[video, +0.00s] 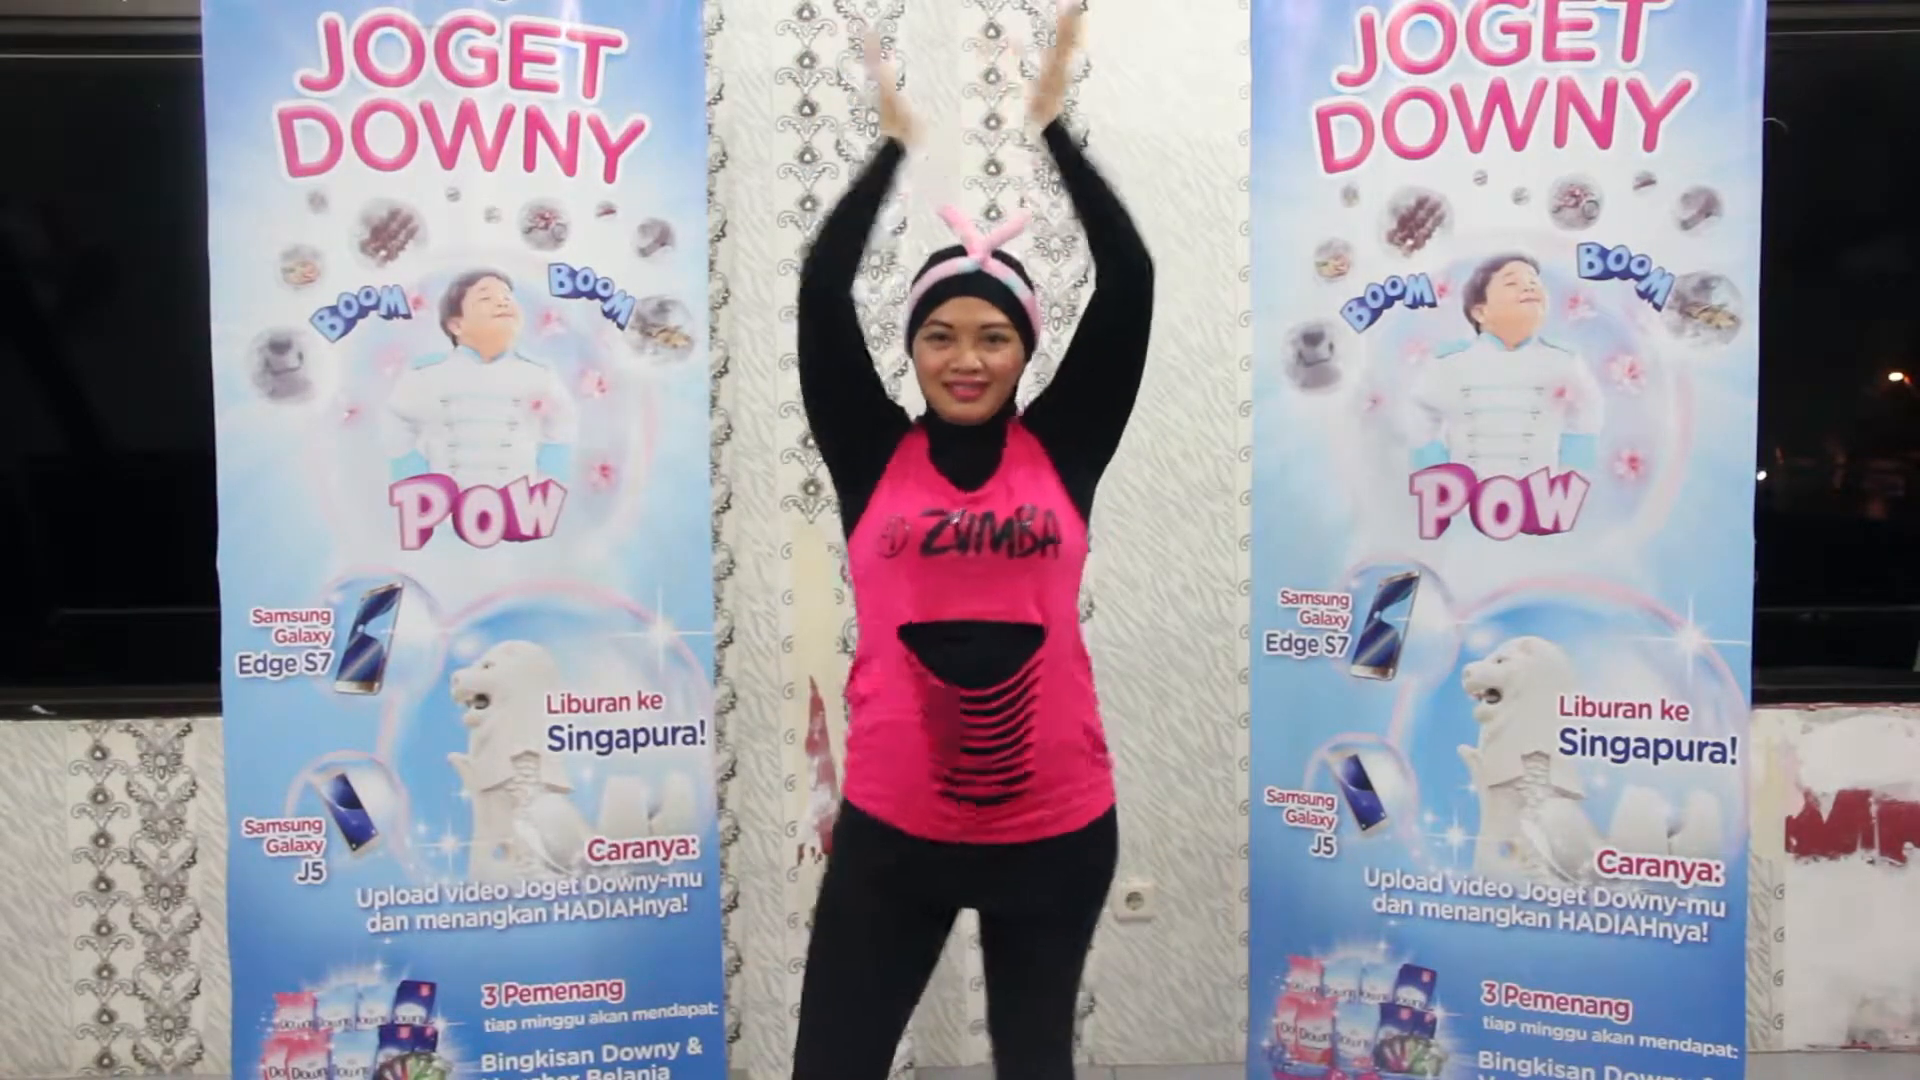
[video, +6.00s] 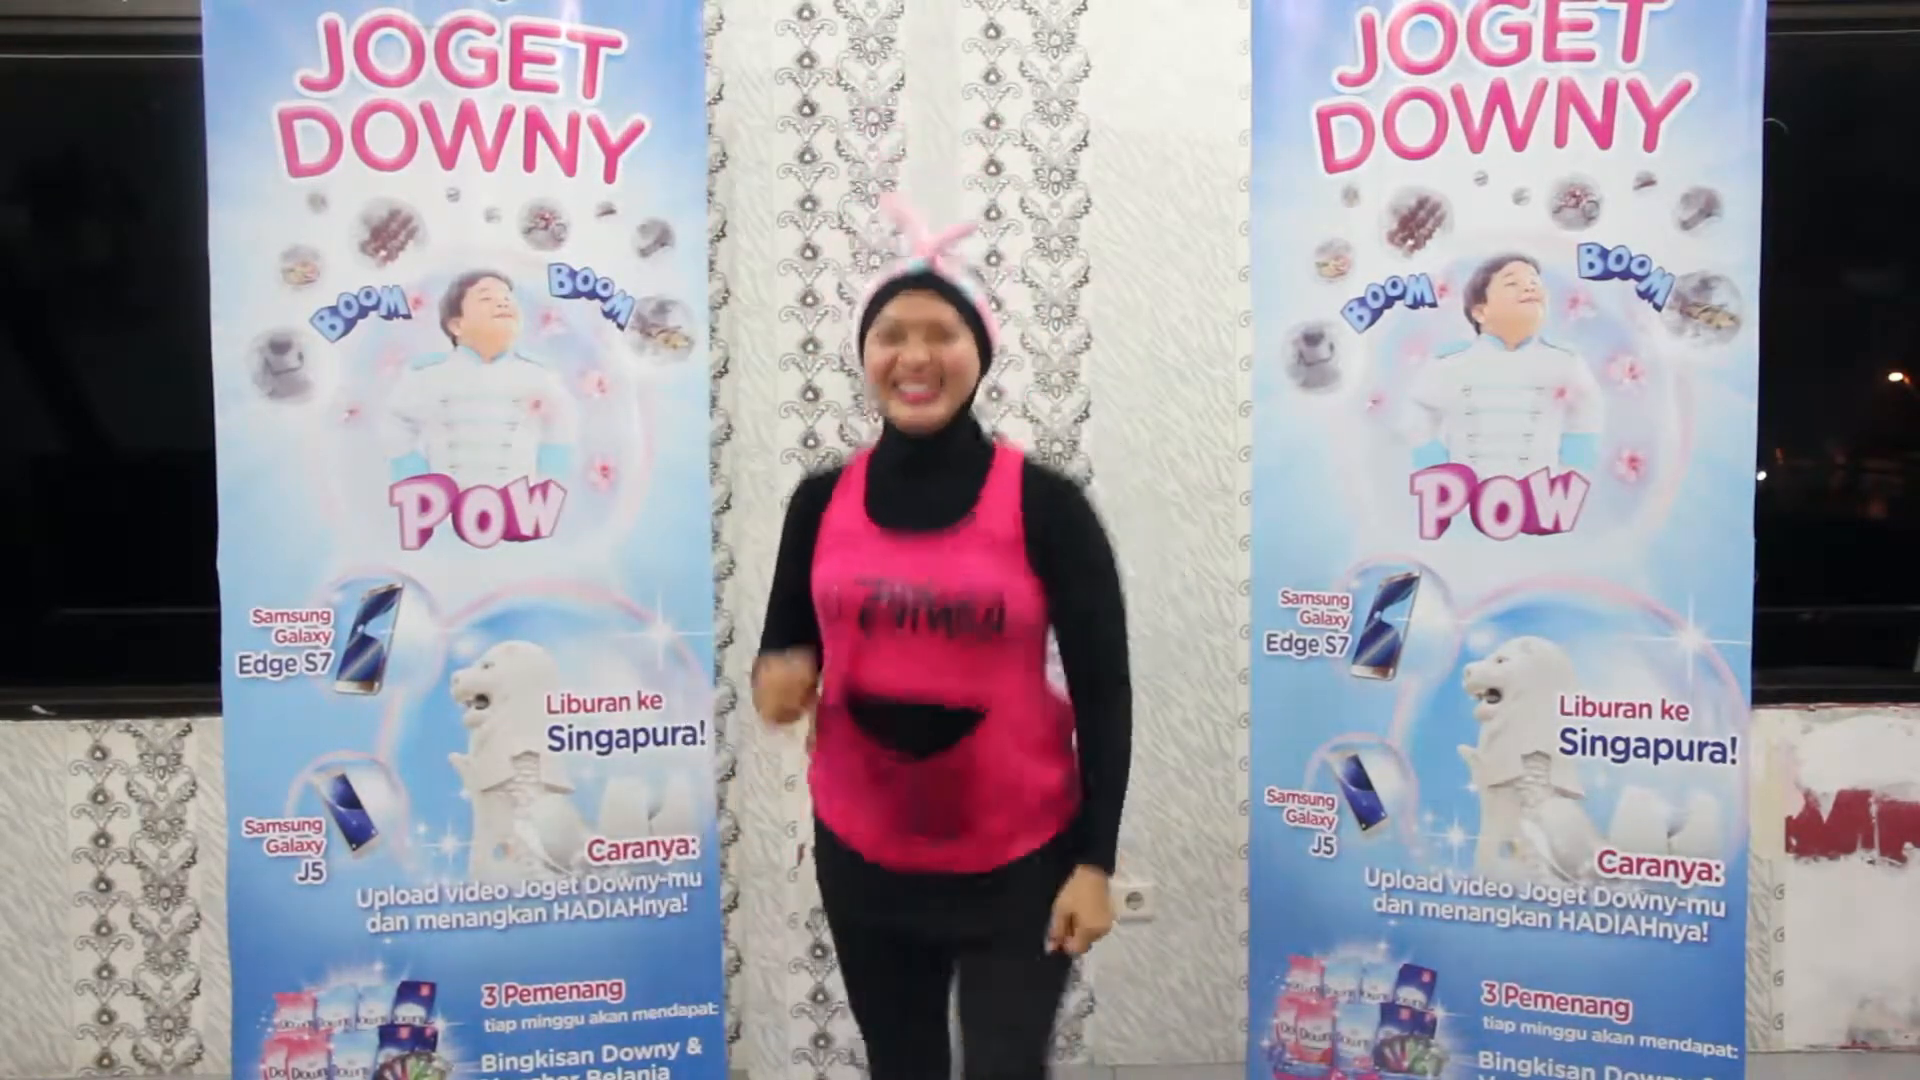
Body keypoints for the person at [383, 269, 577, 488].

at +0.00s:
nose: (502, 302)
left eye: (507, 296)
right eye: (484, 298)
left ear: (519, 314)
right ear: (454, 324)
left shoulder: (538, 377)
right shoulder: (422, 378)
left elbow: (560, 432)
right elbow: (392, 426)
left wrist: (546, 490)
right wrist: (413, 484)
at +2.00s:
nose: (502, 303)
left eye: (509, 297)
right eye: (486, 298)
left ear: (519, 316)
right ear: (455, 324)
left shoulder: (539, 378)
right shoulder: (421, 378)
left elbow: (560, 439)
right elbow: (395, 434)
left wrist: (545, 498)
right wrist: (415, 490)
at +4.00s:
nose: (503, 301)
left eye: (508, 296)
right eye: (485, 297)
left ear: (518, 314)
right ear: (455, 324)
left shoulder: (539, 376)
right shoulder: (423, 377)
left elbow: (561, 431)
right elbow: (394, 425)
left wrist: (545, 491)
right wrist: (414, 486)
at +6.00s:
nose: (503, 302)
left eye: (508, 297)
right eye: (485, 298)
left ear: (518, 315)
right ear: (455, 324)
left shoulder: (539, 378)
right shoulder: (422, 377)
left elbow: (559, 442)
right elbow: (394, 429)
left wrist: (542, 501)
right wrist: (415, 490)